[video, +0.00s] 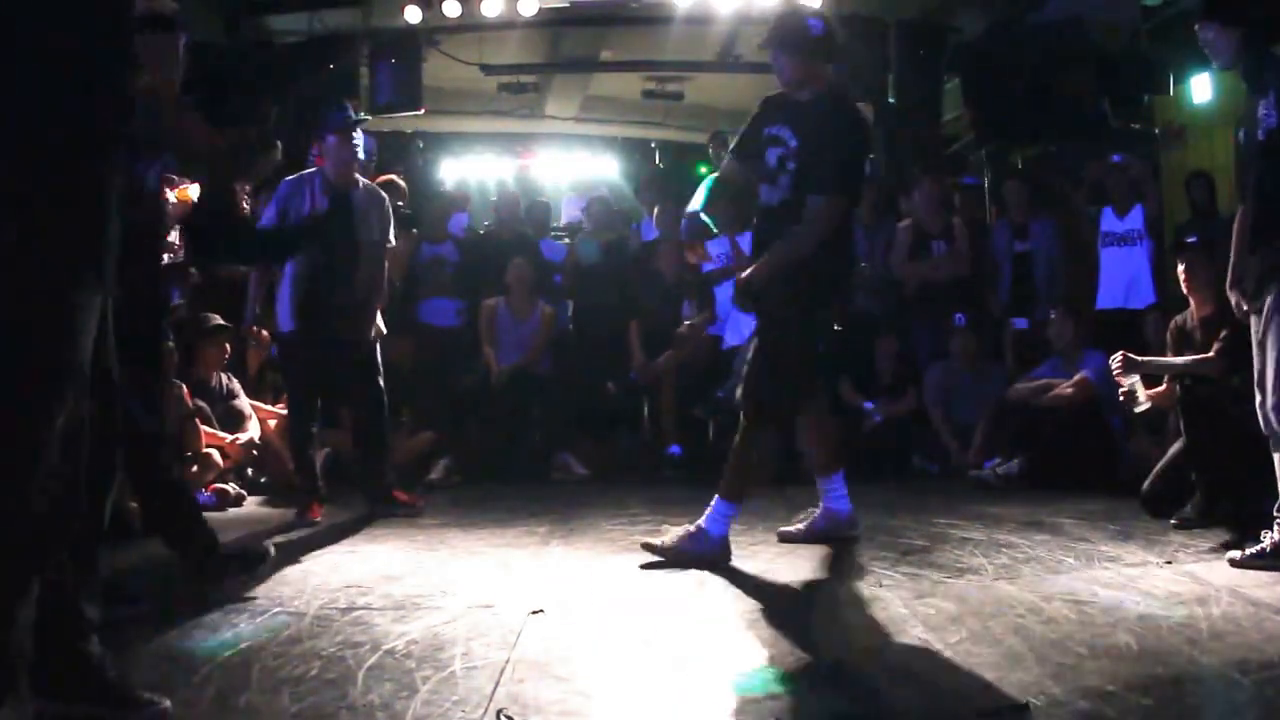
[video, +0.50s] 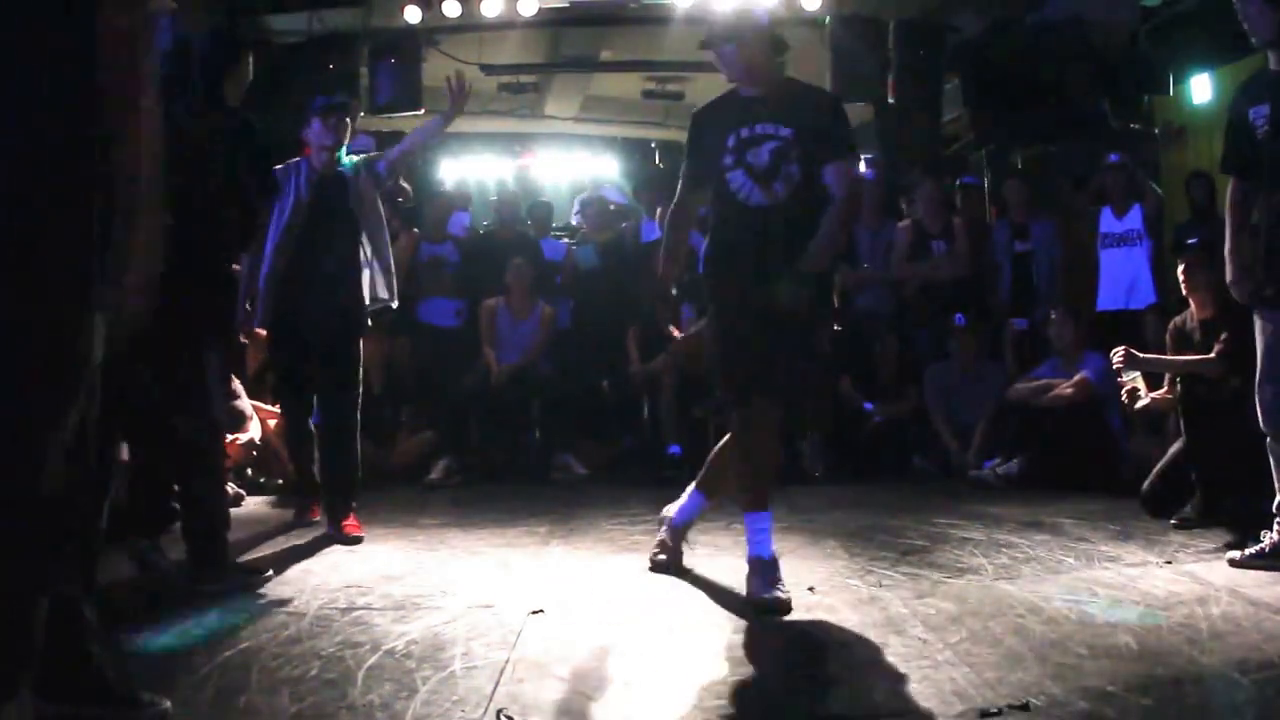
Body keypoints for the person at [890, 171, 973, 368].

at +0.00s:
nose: (930, 203)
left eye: (934, 196)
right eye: (924, 197)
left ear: (941, 199)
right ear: (914, 200)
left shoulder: (956, 227)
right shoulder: (905, 229)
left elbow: (962, 265)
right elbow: (899, 269)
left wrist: (921, 275)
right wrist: (943, 266)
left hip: (953, 297)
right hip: (919, 299)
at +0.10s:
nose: (928, 203)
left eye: (932, 197)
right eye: (923, 197)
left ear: (940, 199)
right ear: (914, 200)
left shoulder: (956, 227)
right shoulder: (906, 229)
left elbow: (962, 265)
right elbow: (899, 268)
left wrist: (921, 275)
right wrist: (941, 267)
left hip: (952, 297)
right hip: (919, 299)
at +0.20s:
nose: (929, 205)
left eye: (934, 199)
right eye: (924, 198)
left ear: (941, 201)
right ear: (915, 201)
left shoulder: (956, 227)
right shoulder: (905, 229)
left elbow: (962, 265)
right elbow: (899, 269)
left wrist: (923, 274)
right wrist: (940, 266)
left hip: (952, 293)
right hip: (918, 295)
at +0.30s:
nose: (928, 204)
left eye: (933, 197)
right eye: (923, 197)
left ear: (941, 199)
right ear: (913, 201)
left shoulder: (956, 227)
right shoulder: (905, 229)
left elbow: (962, 266)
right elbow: (899, 269)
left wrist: (921, 274)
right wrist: (942, 267)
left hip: (951, 296)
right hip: (917, 297)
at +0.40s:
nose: (929, 206)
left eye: (933, 199)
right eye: (923, 200)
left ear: (941, 200)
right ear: (913, 202)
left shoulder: (956, 226)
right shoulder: (905, 230)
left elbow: (962, 266)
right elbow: (899, 269)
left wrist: (920, 273)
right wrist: (943, 268)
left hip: (953, 297)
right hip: (918, 298)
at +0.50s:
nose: (929, 206)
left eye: (933, 199)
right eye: (924, 200)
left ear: (942, 201)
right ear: (916, 202)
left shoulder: (957, 226)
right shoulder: (906, 229)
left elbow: (962, 266)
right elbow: (898, 269)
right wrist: (939, 268)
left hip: (953, 295)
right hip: (918, 297)